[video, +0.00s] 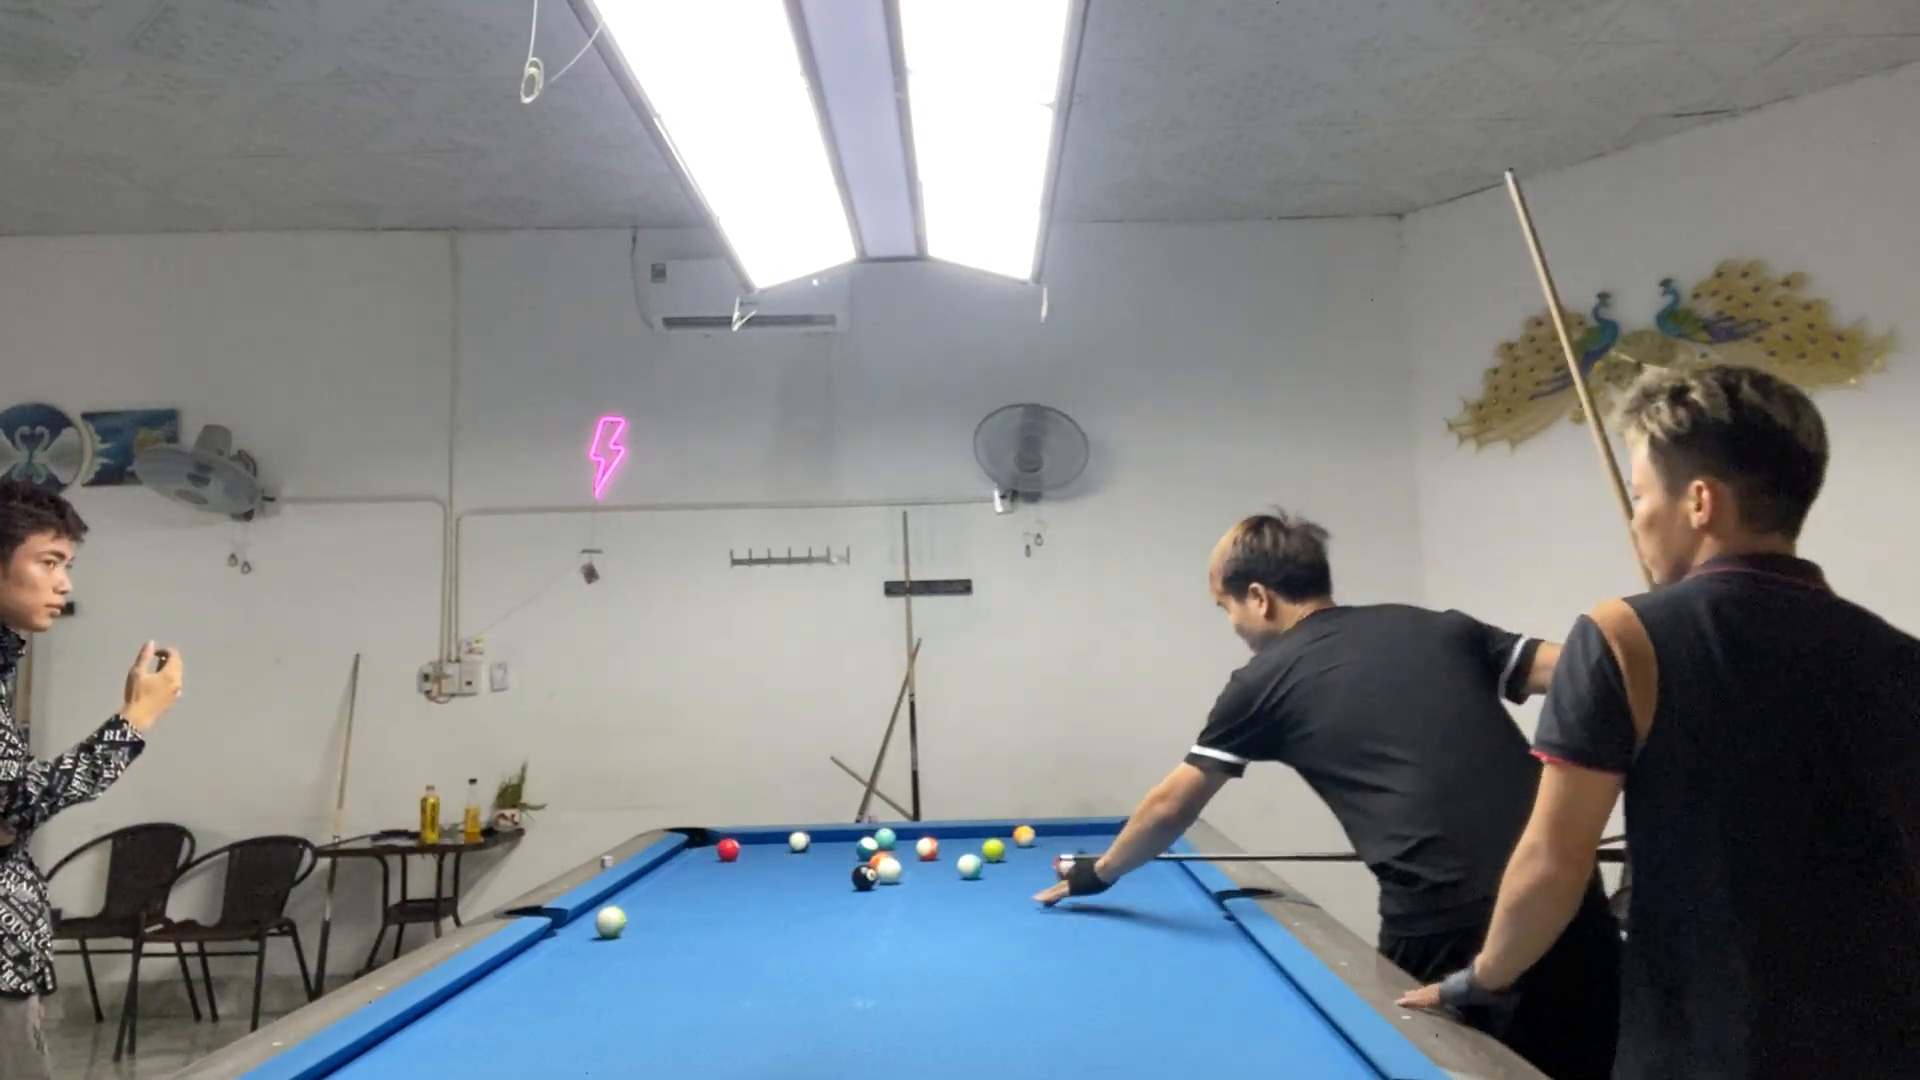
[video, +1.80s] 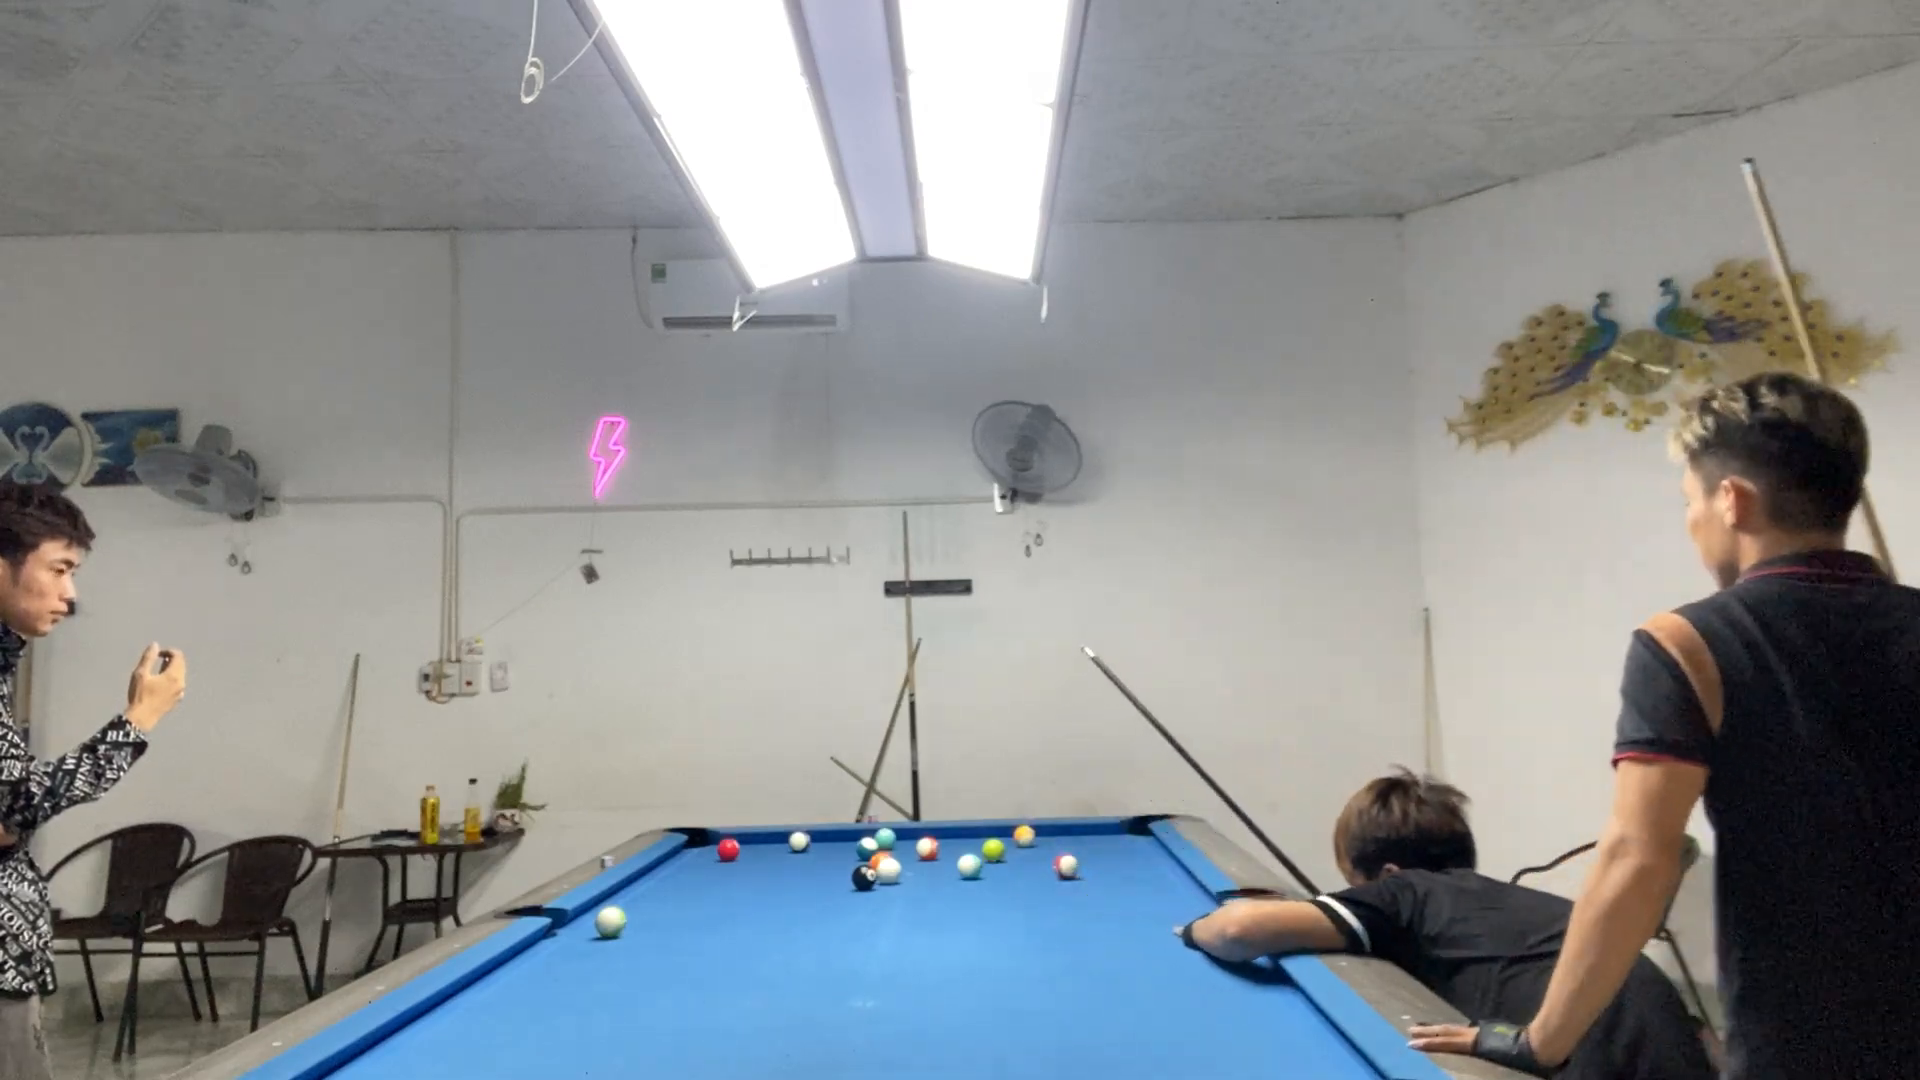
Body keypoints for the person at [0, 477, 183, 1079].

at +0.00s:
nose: (65, 584)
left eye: (67, 566)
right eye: (49, 562)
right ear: (1, 565)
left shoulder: (6, 670)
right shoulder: (3, 673)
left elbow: (22, 795)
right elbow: (19, 799)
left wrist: (131, 721)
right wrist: (134, 722)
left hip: (19, 973)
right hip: (10, 977)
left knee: (30, 1068)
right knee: (26, 1069)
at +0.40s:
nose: (69, 587)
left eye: (71, 569)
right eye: (56, 565)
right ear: (5, 566)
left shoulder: (9, 667)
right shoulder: (5, 669)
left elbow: (23, 795)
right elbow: (22, 799)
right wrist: (137, 721)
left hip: (20, 974)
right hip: (11, 977)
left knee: (29, 1069)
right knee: (26, 1071)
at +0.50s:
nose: (70, 588)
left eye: (71, 569)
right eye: (56, 565)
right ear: (6, 567)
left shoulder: (9, 667)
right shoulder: (5, 670)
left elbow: (25, 795)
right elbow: (25, 799)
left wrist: (14, 824)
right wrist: (139, 720)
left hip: (20, 972)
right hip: (11, 974)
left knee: (30, 1069)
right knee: (26, 1070)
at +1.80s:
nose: (71, 595)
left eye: (72, 574)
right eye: (59, 569)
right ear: (5, 566)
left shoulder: (3, 673)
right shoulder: (0, 674)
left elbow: (21, 792)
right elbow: (20, 800)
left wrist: (13, 825)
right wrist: (137, 722)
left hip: (17, 975)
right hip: (8, 978)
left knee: (29, 1069)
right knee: (26, 1070)